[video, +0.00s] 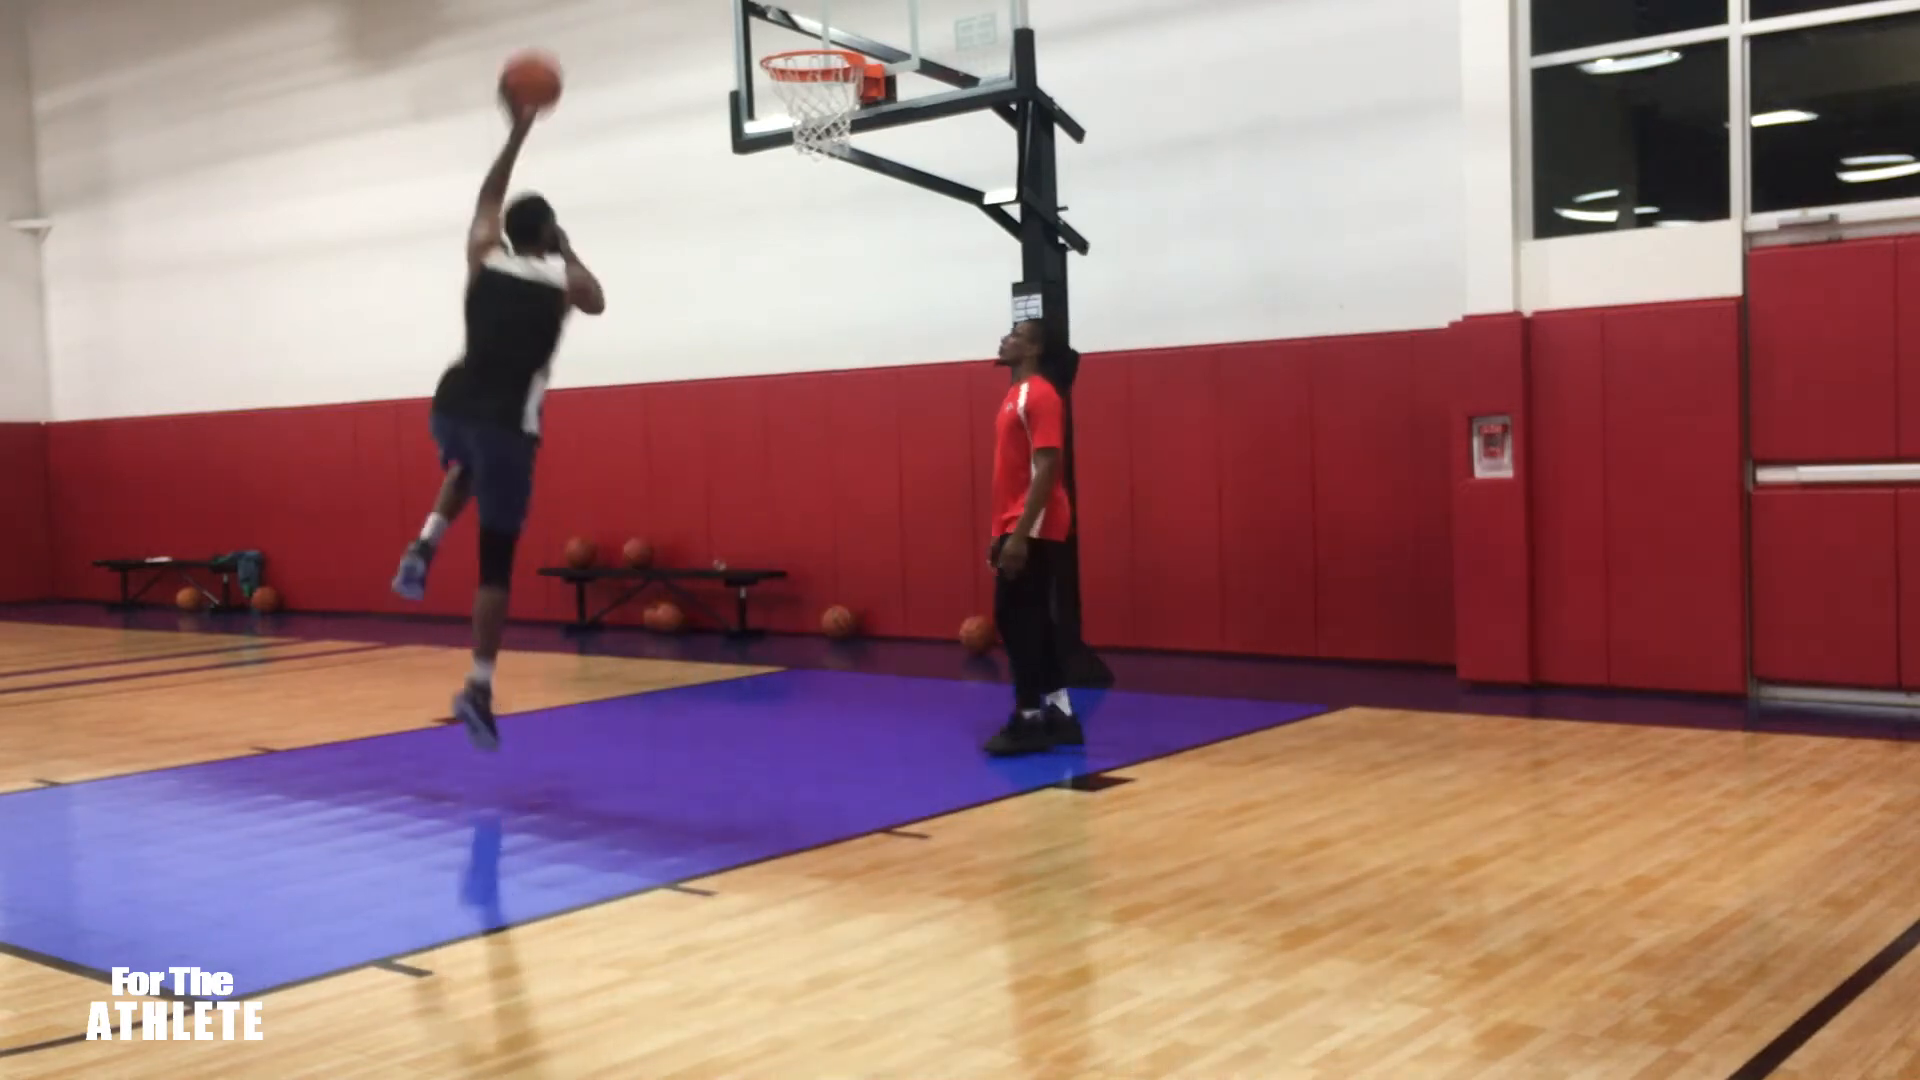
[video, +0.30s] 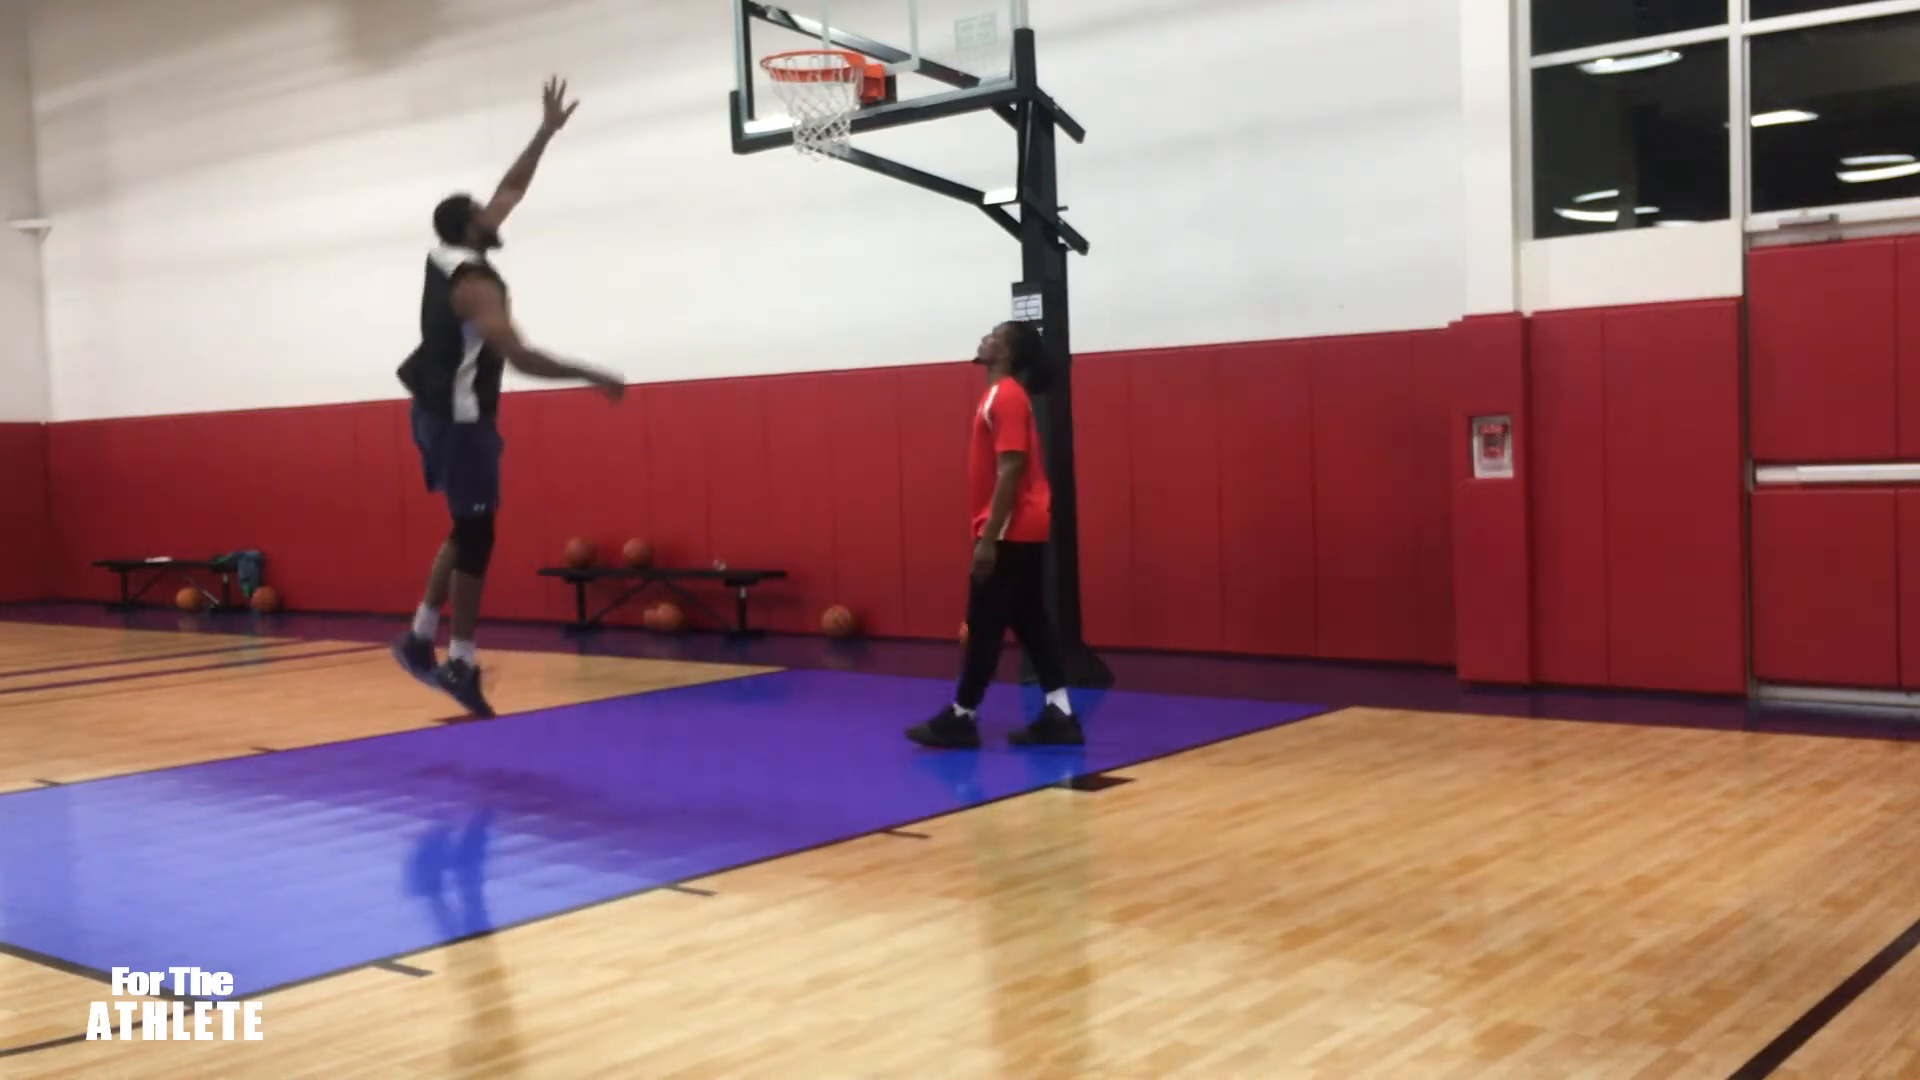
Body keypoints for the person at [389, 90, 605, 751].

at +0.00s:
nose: (552, 229)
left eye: (539, 221)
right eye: (552, 223)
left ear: (506, 231)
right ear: (550, 237)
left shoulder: (483, 259)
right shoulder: (563, 280)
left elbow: (489, 195)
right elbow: (594, 300)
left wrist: (520, 127)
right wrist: (564, 251)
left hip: (452, 409)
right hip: (506, 429)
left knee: (465, 463)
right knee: (494, 563)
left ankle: (423, 543)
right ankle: (480, 684)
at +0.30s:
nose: (492, 215)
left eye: (486, 211)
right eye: (485, 215)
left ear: (458, 229)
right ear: (470, 232)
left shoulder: (450, 252)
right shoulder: (476, 285)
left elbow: (509, 192)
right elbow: (519, 357)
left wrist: (546, 131)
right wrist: (593, 376)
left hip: (438, 409)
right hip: (463, 420)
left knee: (469, 526)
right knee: (476, 534)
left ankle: (421, 635)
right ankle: (461, 661)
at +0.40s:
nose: (477, 273)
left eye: (472, 269)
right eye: (469, 272)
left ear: (452, 280)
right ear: (454, 283)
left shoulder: (466, 299)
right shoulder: (450, 332)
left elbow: (500, 237)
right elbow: (469, 399)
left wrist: (526, 175)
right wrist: (545, 423)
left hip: (459, 461)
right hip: (452, 467)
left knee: (458, 572)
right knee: (465, 577)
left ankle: (436, 687)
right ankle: (444, 701)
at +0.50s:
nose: (475, 327)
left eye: (471, 322)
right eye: (467, 323)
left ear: (455, 340)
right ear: (453, 340)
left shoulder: (467, 373)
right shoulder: (441, 392)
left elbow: (491, 296)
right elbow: (414, 445)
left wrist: (507, 231)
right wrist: (470, 464)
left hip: (458, 524)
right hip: (442, 528)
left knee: (468, 628)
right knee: (477, 629)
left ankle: (423, 726)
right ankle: (422, 729)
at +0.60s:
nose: (472, 337)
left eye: (468, 332)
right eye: (463, 334)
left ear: (454, 347)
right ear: (445, 349)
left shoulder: (463, 382)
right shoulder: (423, 408)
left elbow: (496, 310)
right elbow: (381, 468)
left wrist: (526, 249)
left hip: (458, 537)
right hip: (441, 542)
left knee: (468, 629)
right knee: (511, 617)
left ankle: (419, 724)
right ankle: (447, 713)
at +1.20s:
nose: (467, 310)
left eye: (461, 303)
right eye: (457, 304)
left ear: (444, 320)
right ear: (436, 320)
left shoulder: (471, 362)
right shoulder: (404, 384)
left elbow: (521, 367)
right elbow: (399, 465)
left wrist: (590, 343)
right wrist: (432, 528)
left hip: (475, 521)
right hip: (426, 526)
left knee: (500, 617)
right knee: (432, 625)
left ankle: (448, 706)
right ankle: (403, 740)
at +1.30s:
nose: (480, 310)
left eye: (475, 302)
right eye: (471, 304)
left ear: (456, 317)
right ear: (449, 317)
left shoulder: (479, 365)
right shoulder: (415, 381)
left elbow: (512, 411)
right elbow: (414, 462)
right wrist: (469, 513)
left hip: (484, 513)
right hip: (430, 519)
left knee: (520, 612)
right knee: (427, 623)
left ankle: (479, 721)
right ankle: (403, 741)